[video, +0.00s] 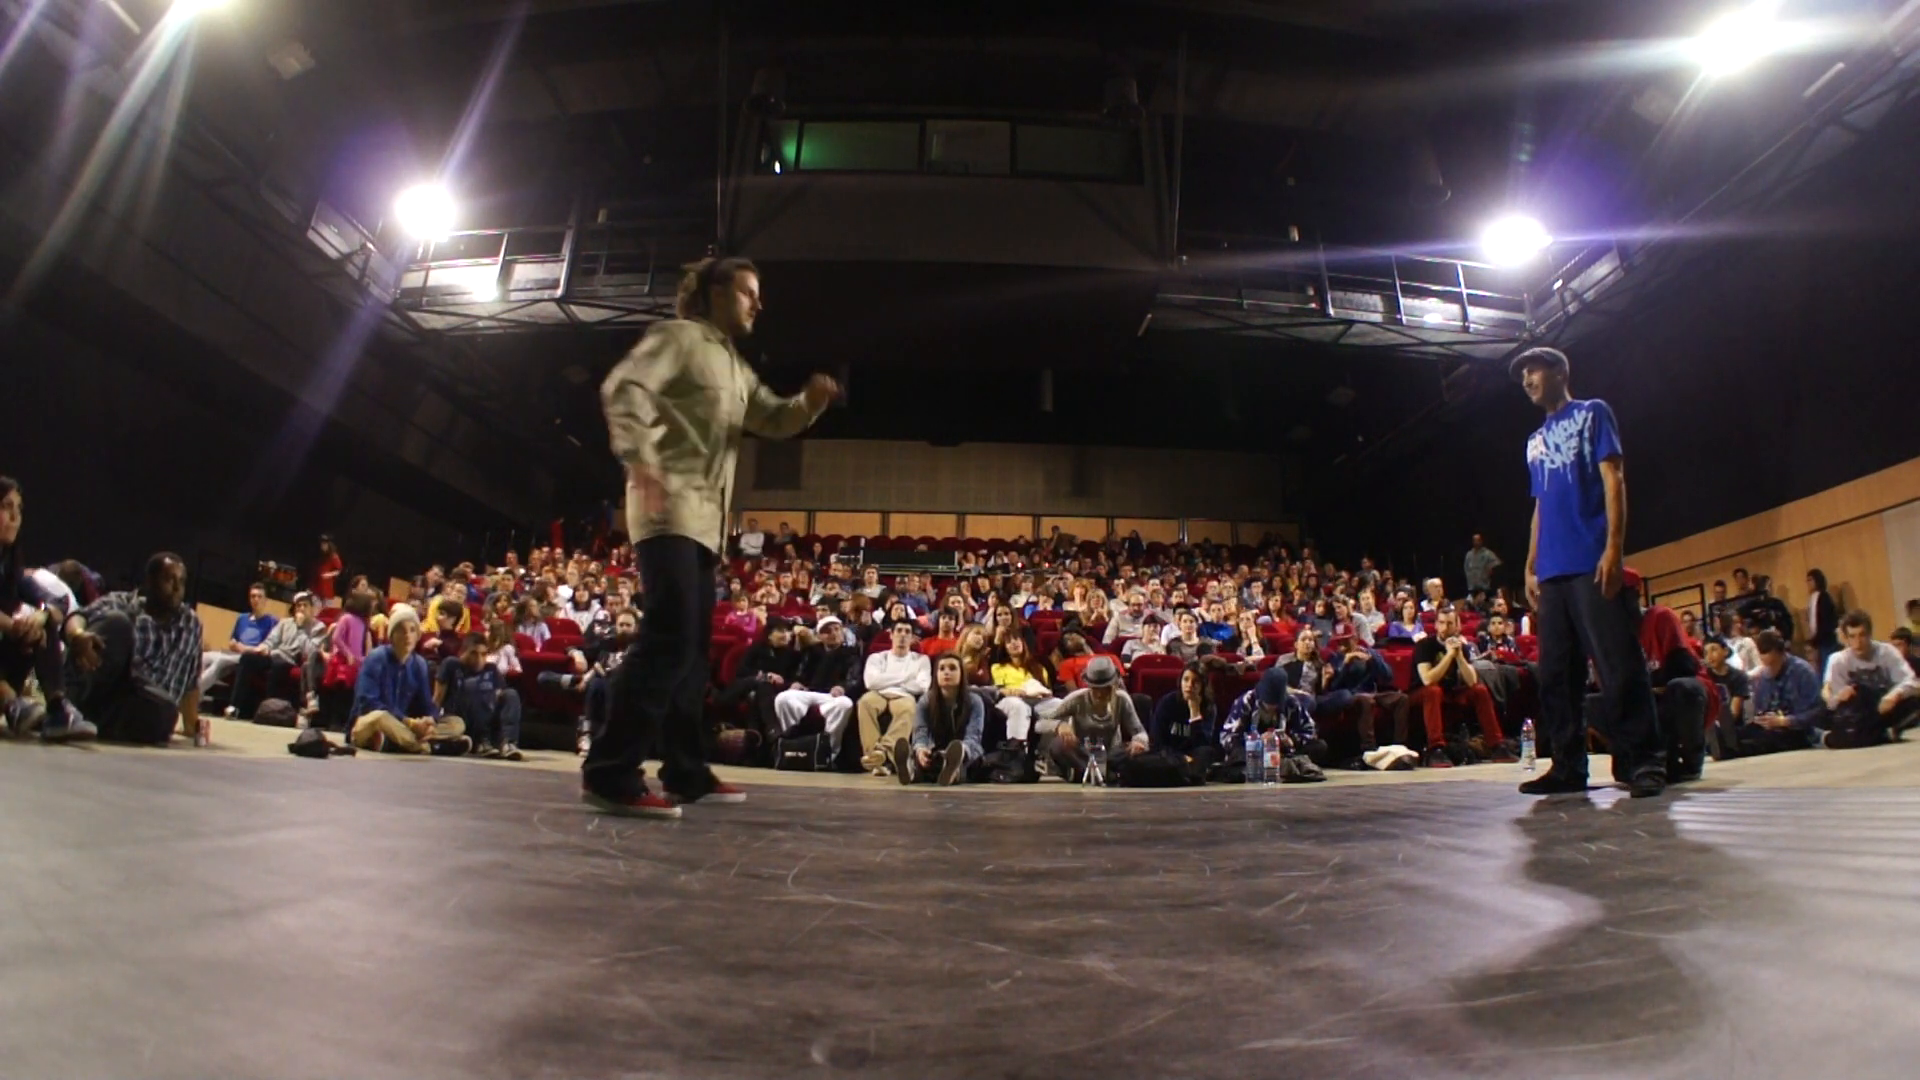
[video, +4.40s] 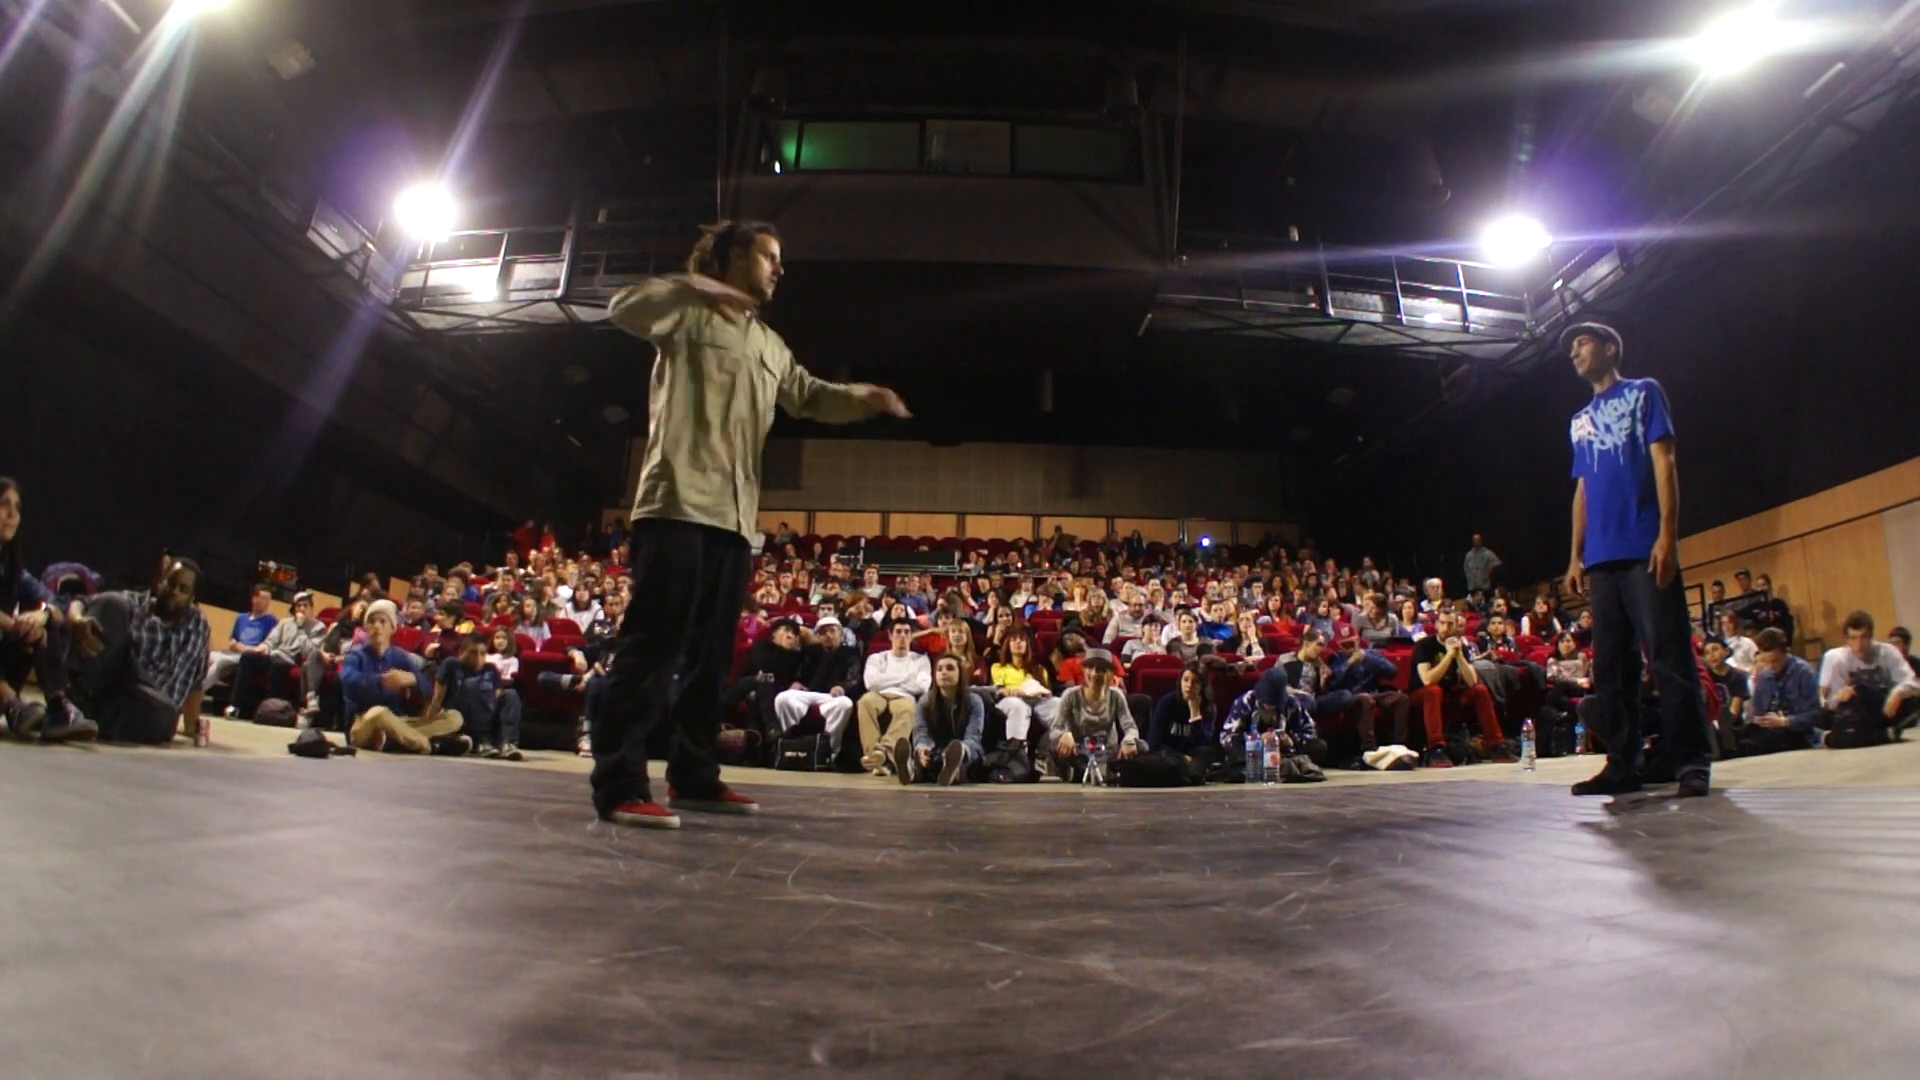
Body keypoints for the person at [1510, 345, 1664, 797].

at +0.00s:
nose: (1527, 380)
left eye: (1534, 370)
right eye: (1523, 376)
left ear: (1560, 373)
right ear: (1526, 386)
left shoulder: (1593, 412)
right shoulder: (1534, 442)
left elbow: (1614, 481)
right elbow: (1540, 506)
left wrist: (1614, 549)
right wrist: (1531, 566)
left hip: (1591, 565)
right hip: (1550, 574)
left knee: (1621, 669)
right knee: (1557, 674)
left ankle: (1644, 764)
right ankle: (1568, 767)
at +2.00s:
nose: (1561, 365)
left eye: (1568, 355)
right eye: (1558, 361)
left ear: (1598, 358)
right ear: (1562, 373)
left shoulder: (1633, 394)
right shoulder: (1570, 430)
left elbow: (1660, 458)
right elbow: (1578, 498)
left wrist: (1671, 529)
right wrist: (1571, 560)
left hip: (1646, 551)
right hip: (1602, 563)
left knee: (1668, 659)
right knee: (1607, 665)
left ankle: (1691, 763)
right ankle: (1615, 764)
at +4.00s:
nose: (1576, 353)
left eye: (1584, 343)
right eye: (1572, 348)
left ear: (1613, 348)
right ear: (1577, 361)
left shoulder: (1643, 390)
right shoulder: (1582, 422)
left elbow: (1664, 460)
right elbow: (1585, 490)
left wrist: (1664, 532)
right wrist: (1580, 556)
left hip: (1647, 551)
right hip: (1604, 561)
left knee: (1670, 662)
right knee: (1613, 668)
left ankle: (1691, 764)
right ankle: (1622, 766)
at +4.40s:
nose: (1575, 353)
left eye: (1584, 343)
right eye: (1572, 349)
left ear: (1612, 349)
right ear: (1575, 363)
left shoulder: (1643, 392)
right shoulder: (1579, 421)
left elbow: (1665, 461)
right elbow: (1582, 490)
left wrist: (1668, 536)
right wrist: (1576, 555)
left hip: (1645, 551)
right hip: (1600, 561)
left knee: (1669, 662)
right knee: (1612, 668)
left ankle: (1691, 764)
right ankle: (1622, 766)